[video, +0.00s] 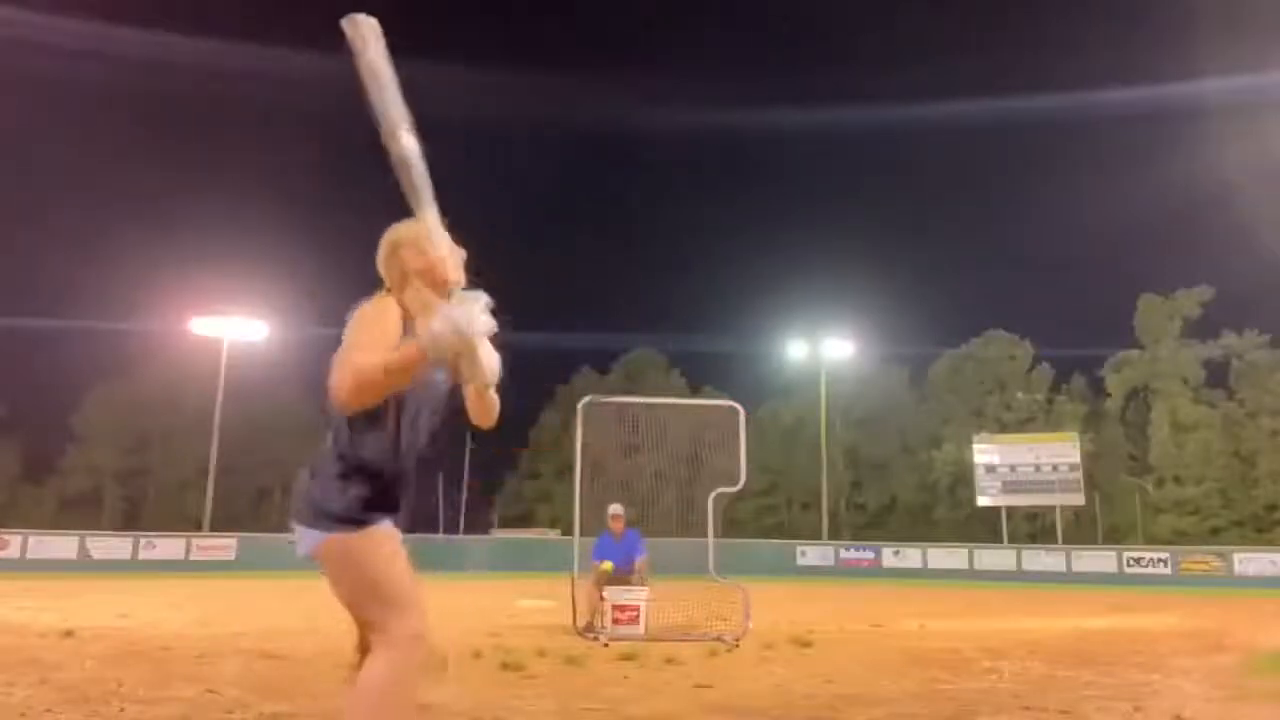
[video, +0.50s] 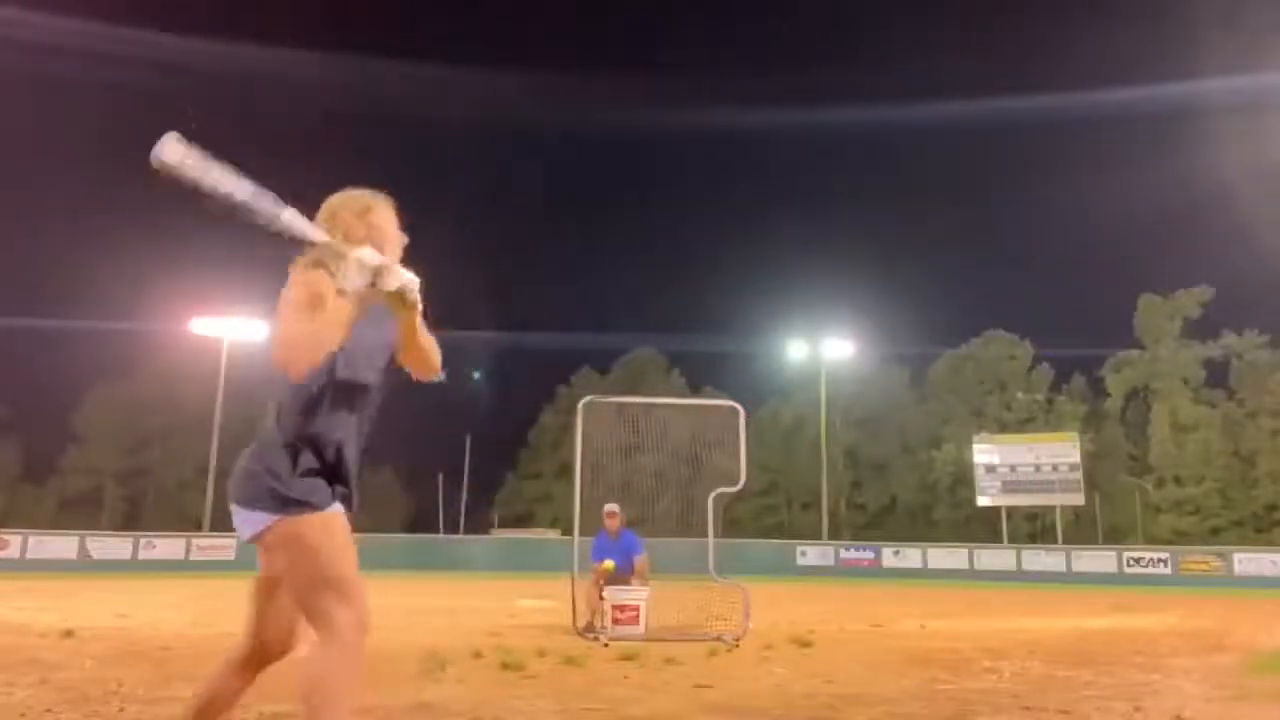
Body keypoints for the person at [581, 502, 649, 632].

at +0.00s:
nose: (617, 523)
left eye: (620, 519)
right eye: (614, 519)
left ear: (624, 520)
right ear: (608, 521)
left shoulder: (633, 536)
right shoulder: (603, 538)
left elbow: (640, 558)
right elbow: (596, 561)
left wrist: (639, 575)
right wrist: (602, 569)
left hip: (628, 573)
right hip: (609, 574)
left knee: (640, 582)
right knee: (594, 586)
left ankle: (637, 623)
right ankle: (590, 621)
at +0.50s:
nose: (612, 521)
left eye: (614, 517)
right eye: (608, 517)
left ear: (620, 518)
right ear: (604, 520)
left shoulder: (630, 537)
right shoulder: (599, 539)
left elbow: (640, 560)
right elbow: (595, 565)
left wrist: (638, 578)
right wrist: (602, 571)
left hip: (627, 575)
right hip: (608, 576)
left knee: (639, 582)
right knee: (593, 586)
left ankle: (636, 622)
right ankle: (591, 621)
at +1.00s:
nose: (611, 520)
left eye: (614, 516)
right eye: (608, 517)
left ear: (621, 518)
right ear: (603, 519)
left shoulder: (631, 538)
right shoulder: (599, 539)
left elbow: (643, 562)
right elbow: (595, 564)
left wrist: (628, 565)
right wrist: (602, 567)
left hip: (627, 576)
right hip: (607, 576)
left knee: (641, 581)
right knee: (592, 586)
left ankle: (638, 621)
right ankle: (591, 620)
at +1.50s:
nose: (612, 519)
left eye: (615, 515)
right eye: (609, 516)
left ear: (621, 517)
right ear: (605, 518)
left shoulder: (631, 537)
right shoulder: (600, 538)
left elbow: (642, 563)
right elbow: (594, 564)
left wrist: (627, 569)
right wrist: (601, 566)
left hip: (625, 573)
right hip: (607, 574)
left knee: (637, 576)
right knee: (593, 580)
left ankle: (636, 620)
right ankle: (590, 620)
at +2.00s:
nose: (612, 520)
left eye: (615, 515)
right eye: (608, 516)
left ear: (621, 517)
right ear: (604, 519)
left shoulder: (631, 537)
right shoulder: (599, 539)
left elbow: (640, 560)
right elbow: (593, 562)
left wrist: (625, 566)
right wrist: (600, 564)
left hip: (625, 572)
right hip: (606, 572)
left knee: (635, 573)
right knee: (593, 580)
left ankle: (635, 618)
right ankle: (590, 620)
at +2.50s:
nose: (599, 523)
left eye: (601, 519)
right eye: (595, 520)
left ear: (609, 518)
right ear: (593, 522)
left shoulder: (623, 537)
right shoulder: (595, 542)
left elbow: (640, 556)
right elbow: (591, 564)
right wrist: (597, 575)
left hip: (622, 573)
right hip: (603, 575)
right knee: (591, 587)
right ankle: (589, 622)